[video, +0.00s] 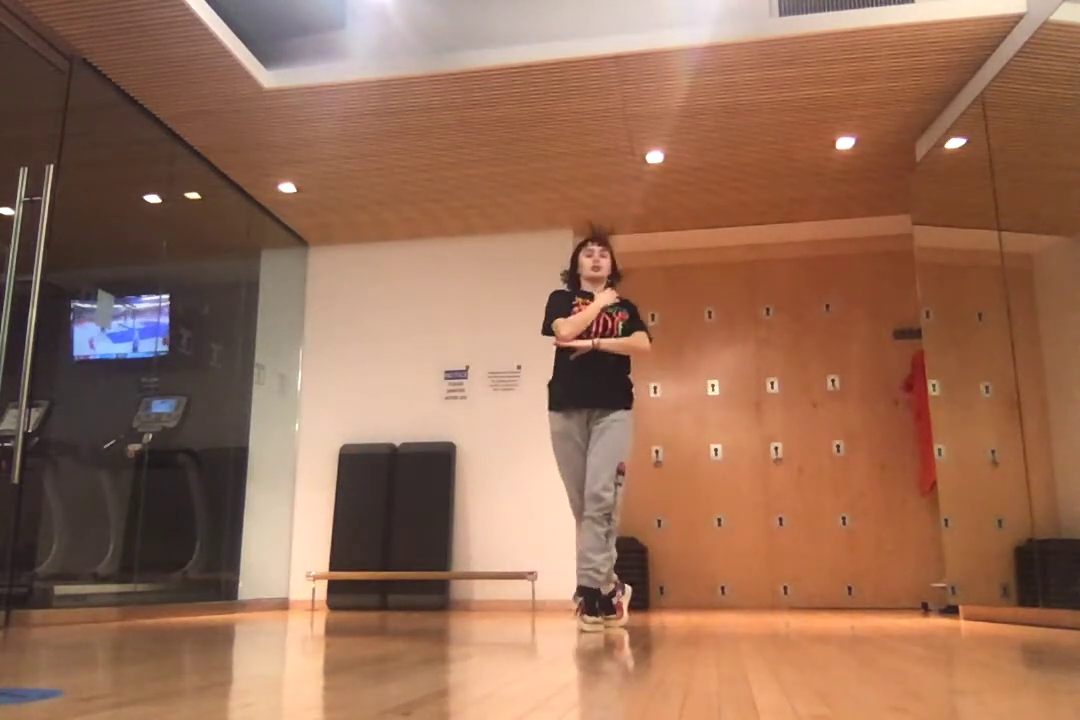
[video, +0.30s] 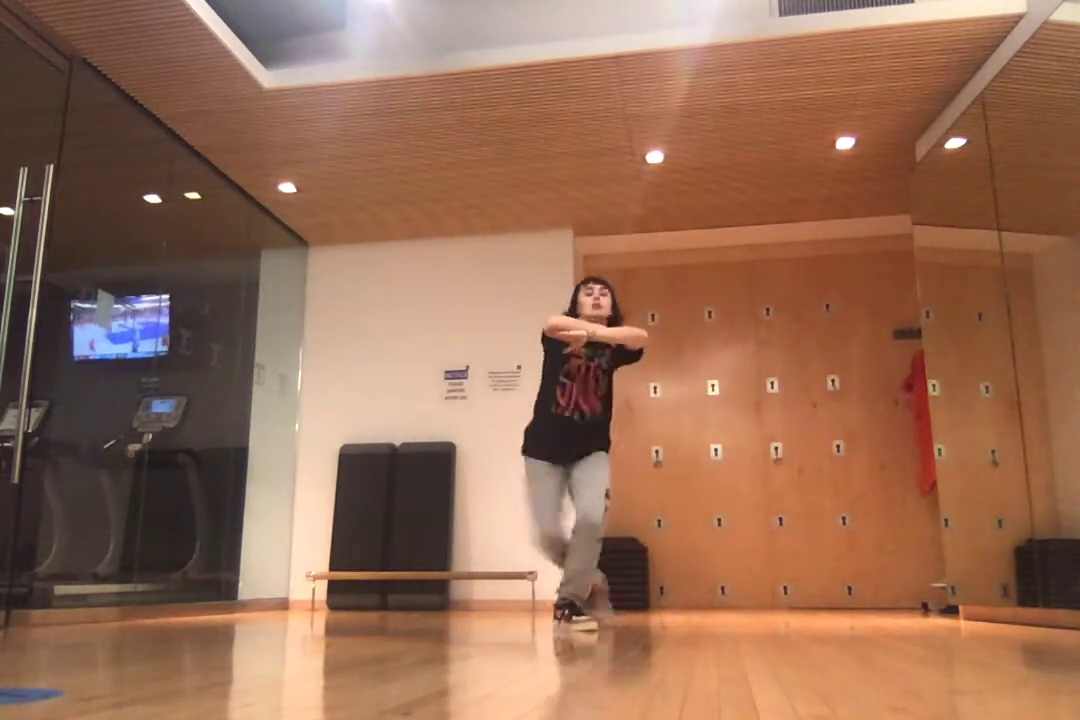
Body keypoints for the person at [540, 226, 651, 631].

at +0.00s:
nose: (597, 257)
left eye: (603, 253)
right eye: (589, 253)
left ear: (611, 263)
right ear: (576, 262)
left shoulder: (622, 305)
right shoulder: (562, 298)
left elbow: (643, 344)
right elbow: (562, 332)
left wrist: (592, 343)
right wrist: (600, 303)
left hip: (613, 410)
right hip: (566, 410)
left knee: (601, 499)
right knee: (582, 503)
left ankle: (589, 592)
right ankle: (610, 586)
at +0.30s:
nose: (597, 298)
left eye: (603, 294)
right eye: (589, 293)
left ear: (614, 306)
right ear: (575, 304)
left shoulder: (614, 347)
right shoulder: (558, 336)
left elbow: (640, 337)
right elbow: (552, 326)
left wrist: (591, 334)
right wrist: (598, 331)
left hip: (591, 447)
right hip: (545, 445)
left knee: (592, 519)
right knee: (546, 533)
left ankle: (569, 598)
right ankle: (593, 582)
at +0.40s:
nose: (589, 300)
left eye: (596, 296)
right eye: (581, 296)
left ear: (608, 306)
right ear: (569, 306)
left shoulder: (608, 349)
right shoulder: (551, 340)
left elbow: (634, 336)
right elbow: (543, 321)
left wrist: (584, 328)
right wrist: (589, 329)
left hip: (582, 459)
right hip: (533, 450)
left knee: (586, 523)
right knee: (488, 499)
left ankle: (567, 604)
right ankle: (499, 582)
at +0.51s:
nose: (584, 307)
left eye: (591, 303)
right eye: (576, 303)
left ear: (604, 312)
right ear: (563, 313)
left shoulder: (607, 357)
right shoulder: (550, 345)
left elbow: (630, 336)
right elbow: (532, 323)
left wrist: (580, 331)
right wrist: (573, 328)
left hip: (570, 462)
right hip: (522, 449)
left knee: (584, 526)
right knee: (465, 516)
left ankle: (565, 606)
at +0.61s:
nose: (578, 311)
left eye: (586, 306)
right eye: (572, 305)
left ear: (597, 319)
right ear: (562, 315)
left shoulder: (599, 361)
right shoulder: (543, 346)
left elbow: (632, 347)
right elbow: (516, 329)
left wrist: (593, 329)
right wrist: (559, 318)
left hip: (553, 462)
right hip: (502, 449)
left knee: (580, 526)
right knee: (449, 495)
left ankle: (566, 605)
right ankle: (411, 592)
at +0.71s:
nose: (561, 302)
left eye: (570, 297)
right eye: (555, 296)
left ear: (582, 310)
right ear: (544, 304)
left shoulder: (588, 352)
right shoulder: (522, 328)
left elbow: (645, 347)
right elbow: (486, 283)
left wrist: (615, 311)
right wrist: (527, 293)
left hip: (535, 454)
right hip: (483, 440)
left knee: (565, 526)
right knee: (410, 466)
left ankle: (567, 608)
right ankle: (397, 569)